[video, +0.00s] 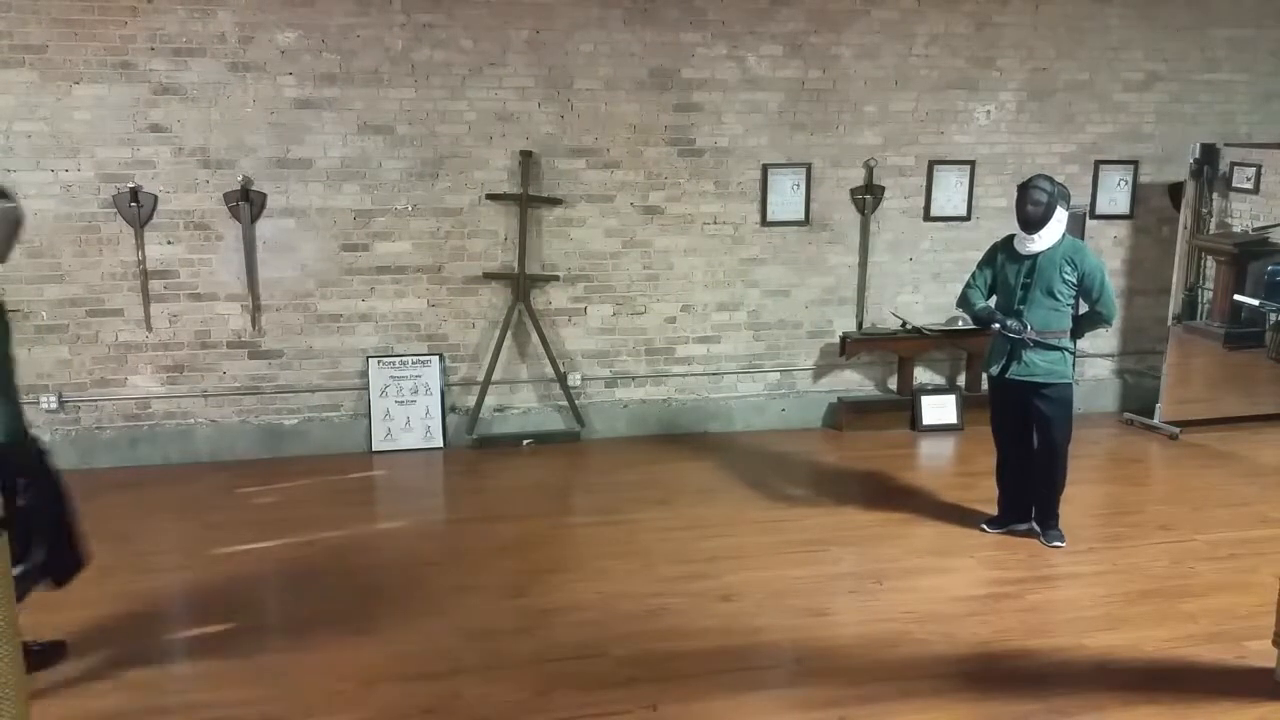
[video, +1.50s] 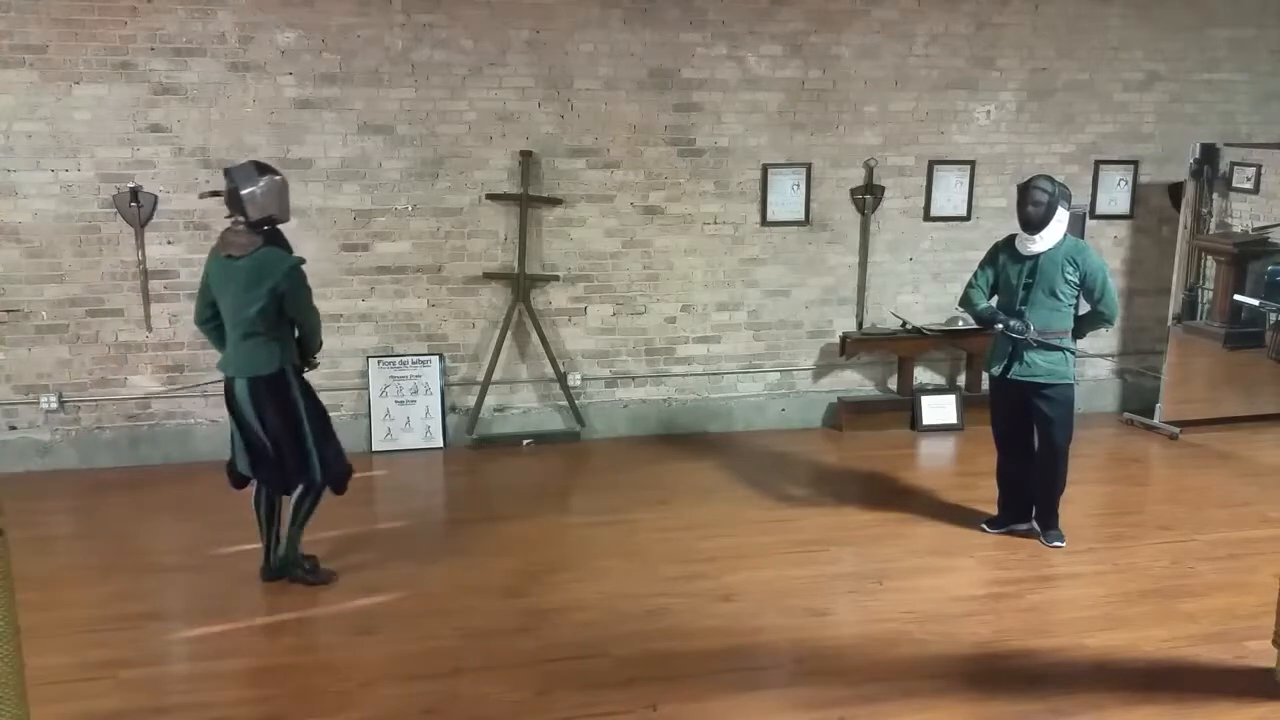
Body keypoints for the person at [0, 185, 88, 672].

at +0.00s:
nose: (14, 237)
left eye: (14, 227)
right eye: (12, 226)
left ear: (12, 229)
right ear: (7, 228)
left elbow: (9, 396)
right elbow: (7, 402)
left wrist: (21, 454)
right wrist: (19, 458)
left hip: (14, 444)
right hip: (12, 448)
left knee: (36, 546)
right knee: (45, 550)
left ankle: (11, 643)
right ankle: (10, 642)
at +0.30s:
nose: (94, 236)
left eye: (94, 226)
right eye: (88, 226)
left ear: (45, 229)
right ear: (67, 229)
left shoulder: (20, 285)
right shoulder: (49, 298)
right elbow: (32, 384)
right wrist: (32, 460)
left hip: (23, 437)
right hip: (65, 435)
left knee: (20, 544)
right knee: (120, 519)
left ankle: (12, 645)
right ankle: (178, 602)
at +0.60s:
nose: (172, 219)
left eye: (170, 210)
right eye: (166, 211)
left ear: (122, 215)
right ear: (147, 215)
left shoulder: (96, 267)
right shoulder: (141, 278)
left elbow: (93, 342)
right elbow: (153, 357)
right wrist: (174, 410)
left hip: (111, 404)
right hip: (148, 405)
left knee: (137, 506)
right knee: (180, 503)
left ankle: (88, 585)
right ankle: (191, 601)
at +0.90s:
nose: (217, 216)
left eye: (214, 207)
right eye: (212, 208)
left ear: (165, 217)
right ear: (201, 215)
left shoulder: (148, 272)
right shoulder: (196, 272)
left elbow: (149, 341)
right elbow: (252, 335)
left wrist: (209, 372)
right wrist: (316, 360)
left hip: (171, 398)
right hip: (203, 399)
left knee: (216, 486)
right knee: (207, 499)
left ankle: (253, 561)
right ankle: (192, 600)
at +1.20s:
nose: (257, 210)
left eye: (255, 201)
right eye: (250, 202)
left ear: (210, 212)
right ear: (236, 209)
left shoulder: (193, 265)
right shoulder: (249, 269)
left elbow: (187, 328)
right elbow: (295, 327)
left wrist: (222, 354)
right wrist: (298, 350)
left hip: (219, 385)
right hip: (253, 385)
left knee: (260, 470)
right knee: (267, 482)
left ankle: (274, 555)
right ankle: (211, 577)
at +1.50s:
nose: (282, 203)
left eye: (278, 195)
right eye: (276, 196)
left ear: (235, 207)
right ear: (268, 204)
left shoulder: (218, 259)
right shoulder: (281, 262)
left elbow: (205, 317)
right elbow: (310, 325)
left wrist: (236, 349)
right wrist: (305, 353)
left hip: (236, 379)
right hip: (275, 377)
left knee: (267, 468)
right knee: (318, 466)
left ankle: (272, 557)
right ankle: (289, 553)